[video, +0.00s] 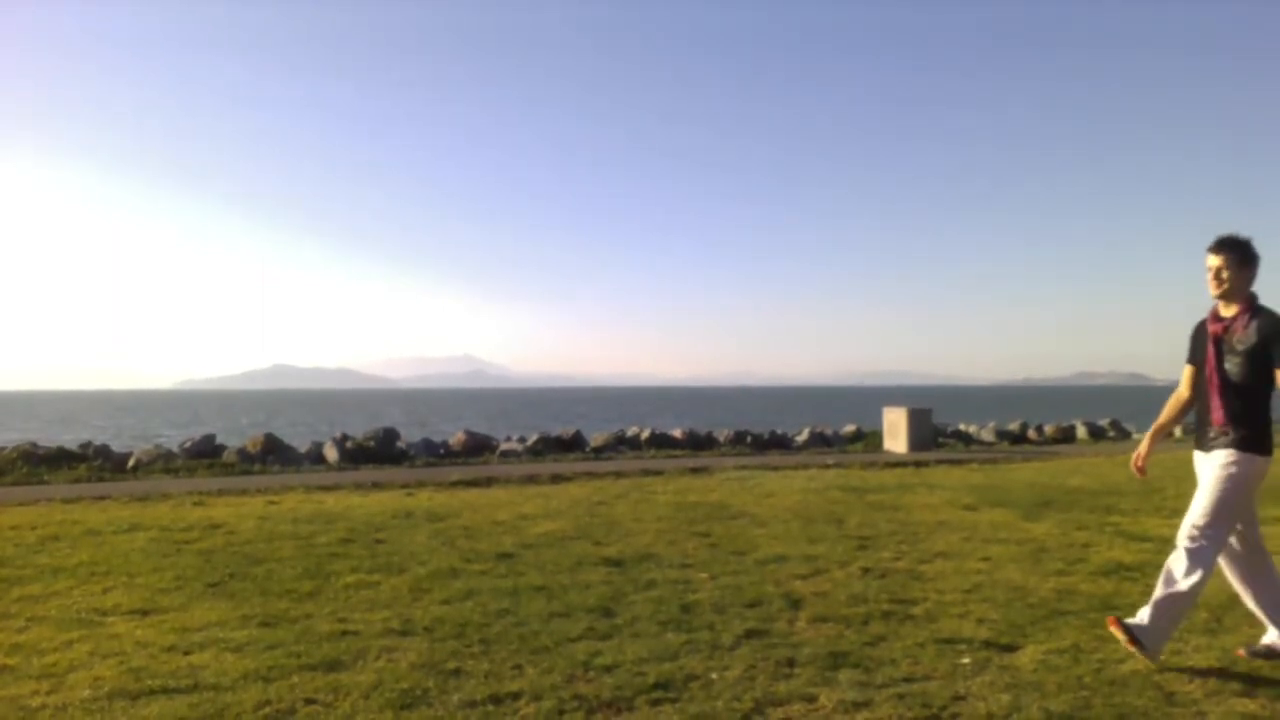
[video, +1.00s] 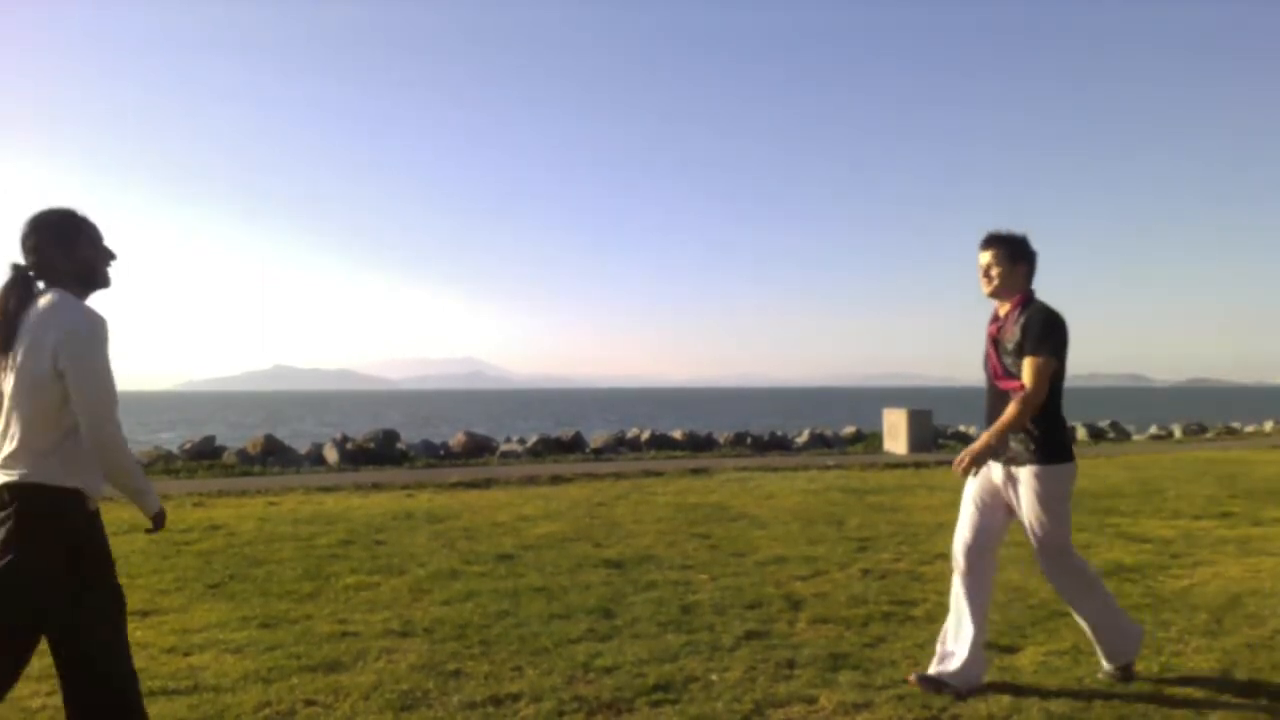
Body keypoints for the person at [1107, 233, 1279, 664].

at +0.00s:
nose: (1214, 278)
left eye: (1224, 270)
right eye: (1210, 271)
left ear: (1249, 272)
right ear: (1207, 275)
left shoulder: (1267, 326)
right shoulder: (1205, 328)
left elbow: (1275, 382)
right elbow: (1186, 390)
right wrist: (1152, 436)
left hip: (1244, 449)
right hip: (1207, 448)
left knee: (1197, 536)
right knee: (1241, 547)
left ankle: (1150, 631)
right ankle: (1277, 628)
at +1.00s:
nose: (985, 276)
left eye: (994, 267)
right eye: (981, 269)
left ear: (1023, 269)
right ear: (983, 274)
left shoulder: (1043, 322)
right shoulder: (997, 323)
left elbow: (1034, 394)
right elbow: (1008, 390)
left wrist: (983, 444)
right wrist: (1004, 442)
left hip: (1040, 462)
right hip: (995, 458)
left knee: (1056, 559)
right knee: (968, 557)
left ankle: (1122, 644)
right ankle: (957, 669)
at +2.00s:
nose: (780, 258)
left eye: (788, 249)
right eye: (777, 250)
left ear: (821, 249)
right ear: (783, 253)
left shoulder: (843, 309)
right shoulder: (796, 309)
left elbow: (866, 391)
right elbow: (802, 397)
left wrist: (843, 466)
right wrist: (777, 458)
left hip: (824, 461)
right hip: (793, 459)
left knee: (803, 579)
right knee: (790, 570)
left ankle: (800, 697)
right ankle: (868, 641)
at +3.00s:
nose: (617, 234)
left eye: (626, 223)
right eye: (614, 225)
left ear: (661, 223)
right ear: (623, 231)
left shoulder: (700, 285)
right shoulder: (631, 301)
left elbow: (740, 369)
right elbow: (585, 360)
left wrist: (756, 453)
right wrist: (578, 299)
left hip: (708, 466)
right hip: (645, 470)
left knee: (734, 588)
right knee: (636, 600)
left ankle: (759, 701)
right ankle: (645, 713)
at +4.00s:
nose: (562, 218)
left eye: (573, 209)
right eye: (562, 210)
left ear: (612, 216)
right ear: (573, 218)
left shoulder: (650, 287)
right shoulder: (565, 283)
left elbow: (718, 360)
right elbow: (518, 290)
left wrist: (784, 423)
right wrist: (515, 238)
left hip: (635, 452)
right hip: (580, 460)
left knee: (574, 551)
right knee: (600, 612)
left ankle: (500, 700)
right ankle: (626, 714)